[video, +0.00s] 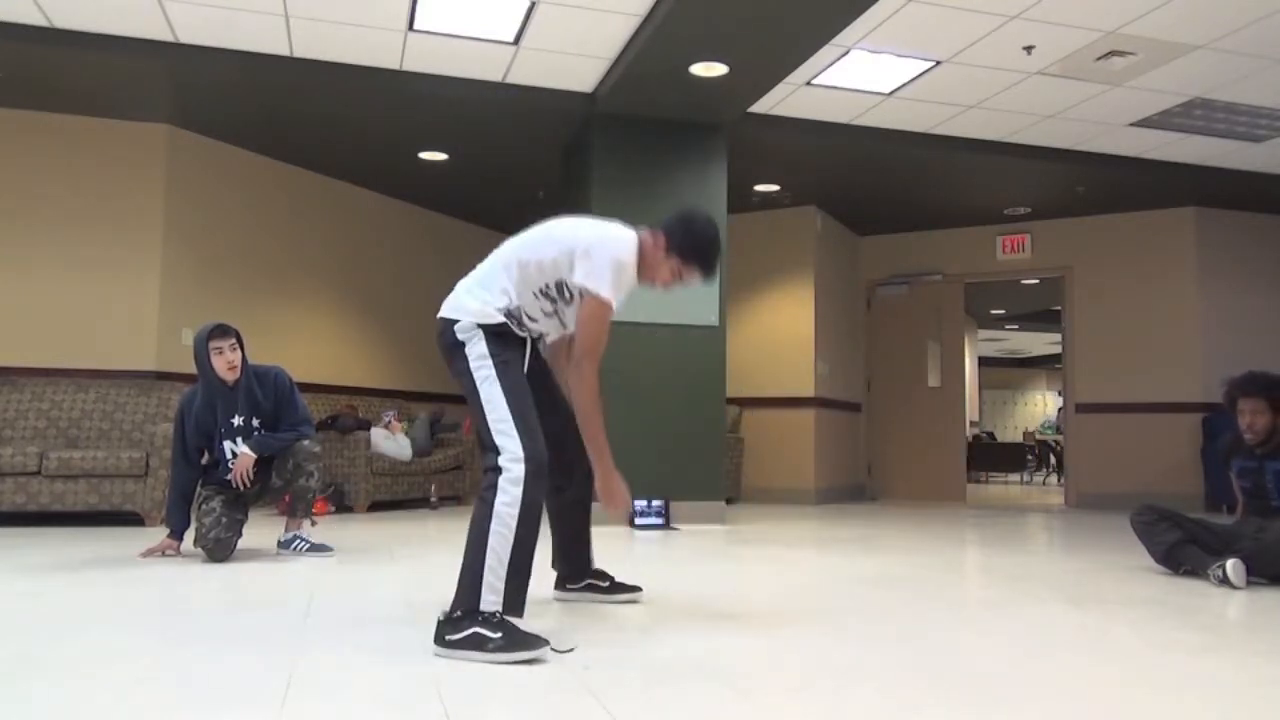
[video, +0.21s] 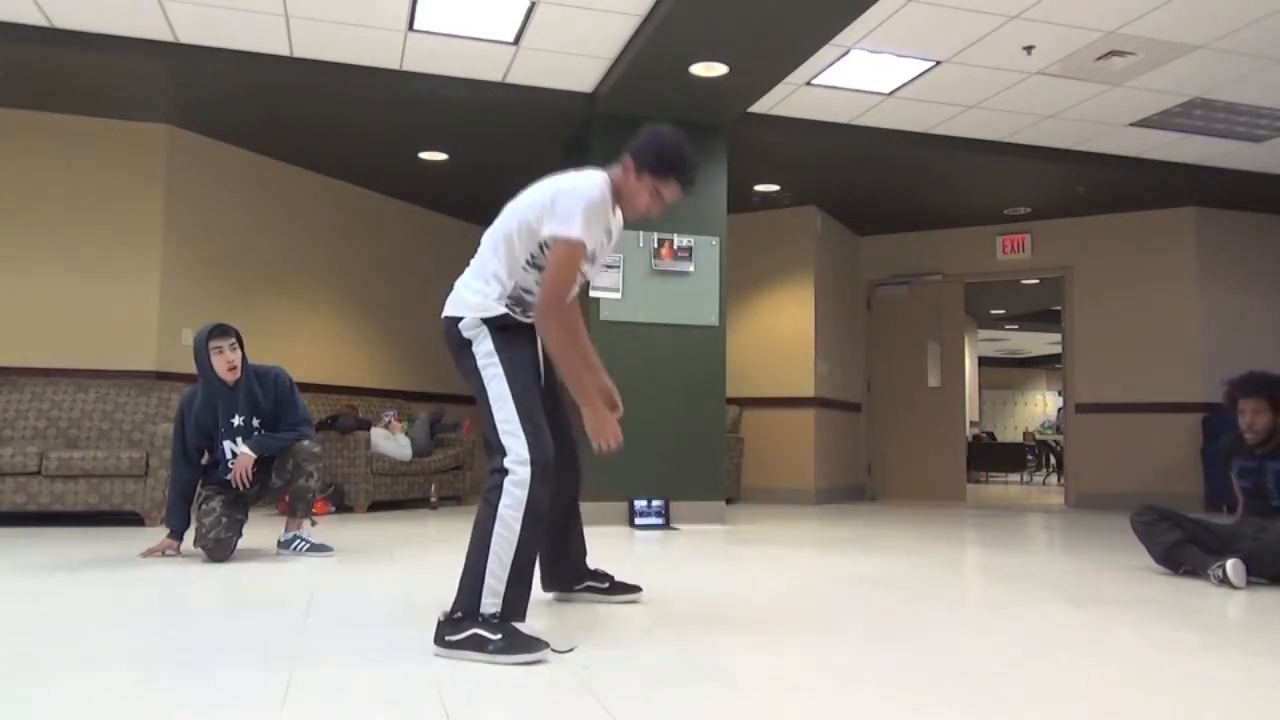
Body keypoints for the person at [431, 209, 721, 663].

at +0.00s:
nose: (671, 285)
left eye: (681, 282)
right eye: (676, 273)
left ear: (657, 244)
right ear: (658, 242)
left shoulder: (611, 250)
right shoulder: (614, 251)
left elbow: (560, 351)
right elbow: (582, 367)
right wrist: (605, 471)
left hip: (519, 337)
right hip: (479, 324)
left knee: (567, 449)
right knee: (521, 461)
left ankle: (574, 573)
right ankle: (470, 617)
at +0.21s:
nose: (657, 208)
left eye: (666, 202)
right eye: (656, 194)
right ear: (629, 168)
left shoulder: (606, 213)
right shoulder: (586, 198)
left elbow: (565, 303)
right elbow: (549, 310)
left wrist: (598, 381)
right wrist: (591, 400)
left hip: (524, 324)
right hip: (485, 320)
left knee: (560, 450)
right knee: (525, 459)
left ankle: (566, 573)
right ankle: (472, 619)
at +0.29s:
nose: (647, 181)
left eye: (655, 174)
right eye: (644, 166)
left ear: (646, 164)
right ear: (613, 144)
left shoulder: (605, 202)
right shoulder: (571, 179)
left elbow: (567, 286)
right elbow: (529, 285)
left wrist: (599, 356)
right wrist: (578, 375)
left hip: (530, 322)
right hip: (491, 318)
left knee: (566, 448)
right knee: (528, 461)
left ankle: (567, 574)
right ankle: (471, 620)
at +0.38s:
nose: (641, 169)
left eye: (650, 162)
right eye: (637, 154)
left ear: (650, 158)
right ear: (607, 132)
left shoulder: (604, 199)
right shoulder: (564, 173)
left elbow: (570, 282)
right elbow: (514, 267)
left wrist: (607, 350)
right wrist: (563, 365)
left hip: (536, 322)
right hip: (493, 319)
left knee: (578, 451)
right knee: (531, 464)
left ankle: (569, 573)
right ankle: (472, 620)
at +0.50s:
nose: (635, 160)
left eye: (645, 153)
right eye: (630, 145)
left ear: (648, 151)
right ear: (601, 128)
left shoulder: (610, 201)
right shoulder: (556, 170)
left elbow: (593, 285)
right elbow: (488, 242)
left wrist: (647, 344)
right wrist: (505, 331)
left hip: (561, 331)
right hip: (511, 328)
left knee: (599, 460)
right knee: (532, 470)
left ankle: (575, 574)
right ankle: (473, 619)